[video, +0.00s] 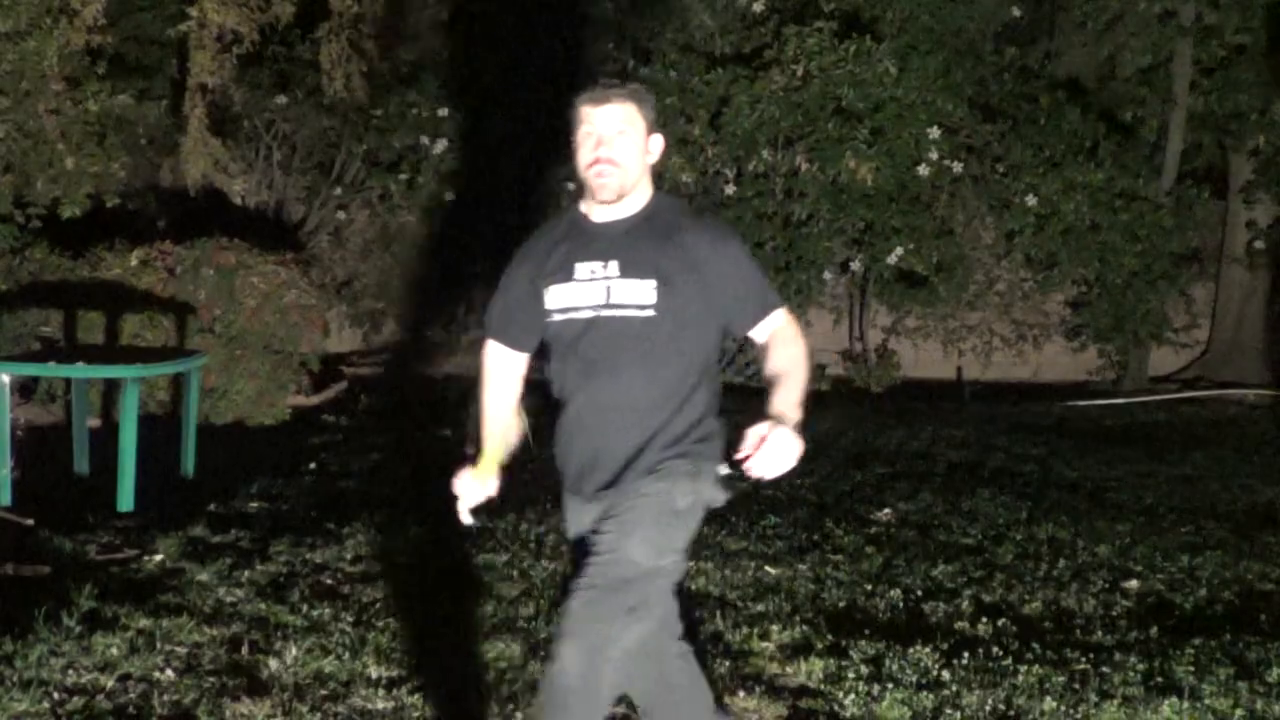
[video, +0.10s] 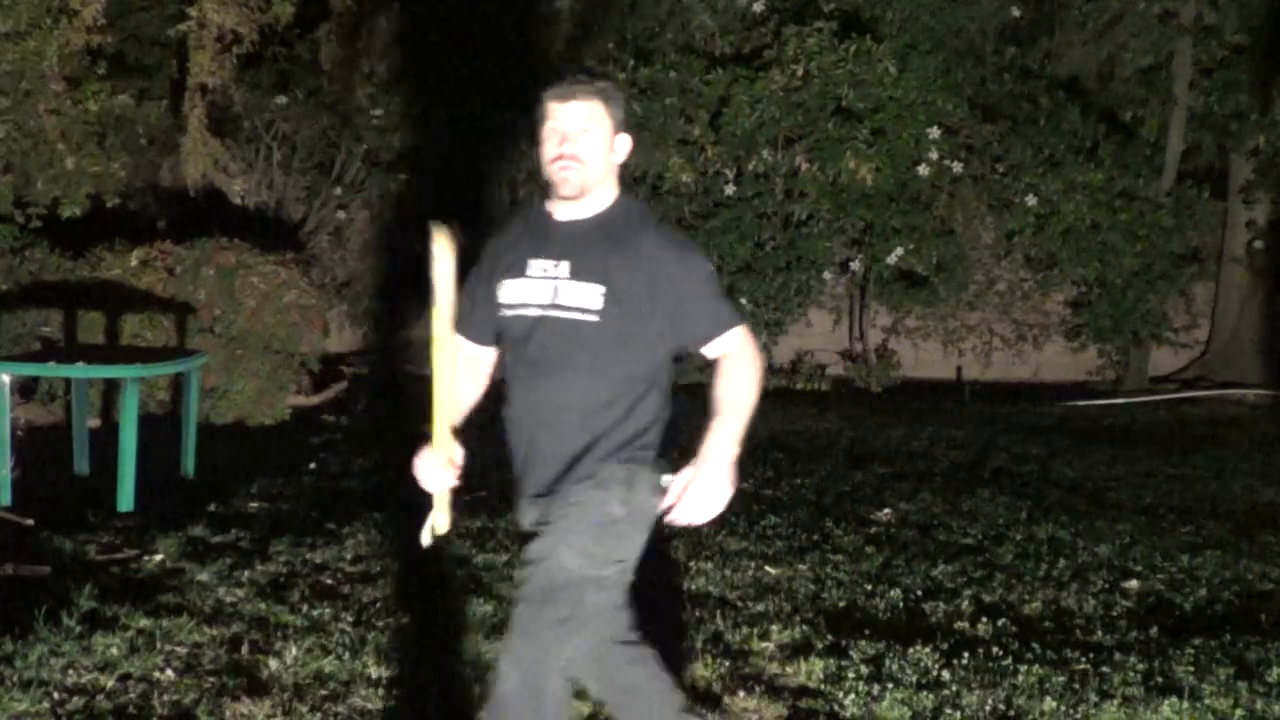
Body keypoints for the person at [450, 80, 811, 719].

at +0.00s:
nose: (600, 151)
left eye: (618, 137)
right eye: (588, 138)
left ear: (654, 148)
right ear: (573, 152)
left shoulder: (702, 246)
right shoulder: (542, 256)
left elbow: (783, 337)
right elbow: (503, 364)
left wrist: (784, 418)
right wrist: (491, 460)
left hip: (673, 477)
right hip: (586, 490)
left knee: (588, 640)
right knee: (657, 669)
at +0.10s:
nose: (564, 146)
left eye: (583, 133)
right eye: (552, 133)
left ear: (621, 147)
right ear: (536, 147)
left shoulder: (655, 253)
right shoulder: (512, 245)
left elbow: (739, 353)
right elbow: (471, 354)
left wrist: (717, 459)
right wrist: (441, 432)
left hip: (614, 490)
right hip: (540, 493)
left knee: (529, 672)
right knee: (612, 666)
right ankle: (679, 718)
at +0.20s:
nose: (524, 131)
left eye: (544, 118)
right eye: (514, 118)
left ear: (585, 136)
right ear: (500, 133)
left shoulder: (617, 245)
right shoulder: (484, 230)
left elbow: (674, 366)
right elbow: (442, 338)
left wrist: (620, 488)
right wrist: (405, 399)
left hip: (564, 484)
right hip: (484, 483)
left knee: (488, 671)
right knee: (517, 660)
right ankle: (621, 714)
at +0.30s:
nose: (486, 120)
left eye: (506, 107)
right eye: (476, 107)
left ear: (548, 122)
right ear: (463, 120)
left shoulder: (584, 230)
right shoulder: (450, 223)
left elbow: (610, 355)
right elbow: (415, 332)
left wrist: (510, 456)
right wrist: (369, 359)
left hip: (529, 478)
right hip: (439, 467)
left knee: (481, 675)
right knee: (398, 623)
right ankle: (475, 709)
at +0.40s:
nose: (442, 111)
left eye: (463, 98)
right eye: (433, 99)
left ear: (509, 113)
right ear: (420, 116)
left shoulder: (543, 216)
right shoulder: (404, 221)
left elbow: (558, 339)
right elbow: (373, 330)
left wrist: (427, 403)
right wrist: (320, 326)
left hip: (495, 466)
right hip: (395, 461)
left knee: (469, 677)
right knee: (337, 616)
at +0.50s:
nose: (398, 112)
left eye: (420, 99)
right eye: (388, 100)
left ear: (464, 114)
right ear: (375, 115)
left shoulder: (501, 218)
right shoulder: (359, 226)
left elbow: (516, 333)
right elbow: (336, 341)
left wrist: (373, 373)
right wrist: (269, 320)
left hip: (459, 480)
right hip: (353, 481)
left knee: (455, 688)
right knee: (278, 657)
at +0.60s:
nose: (357, 118)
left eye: (377, 105)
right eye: (345, 106)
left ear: (417, 121)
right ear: (329, 122)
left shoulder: (455, 225)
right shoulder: (310, 227)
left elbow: (487, 337)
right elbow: (273, 337)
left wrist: (353, 374)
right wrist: (200, 326)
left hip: (414, 491)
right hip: (302, 492)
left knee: (432, 695)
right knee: (229, 673)